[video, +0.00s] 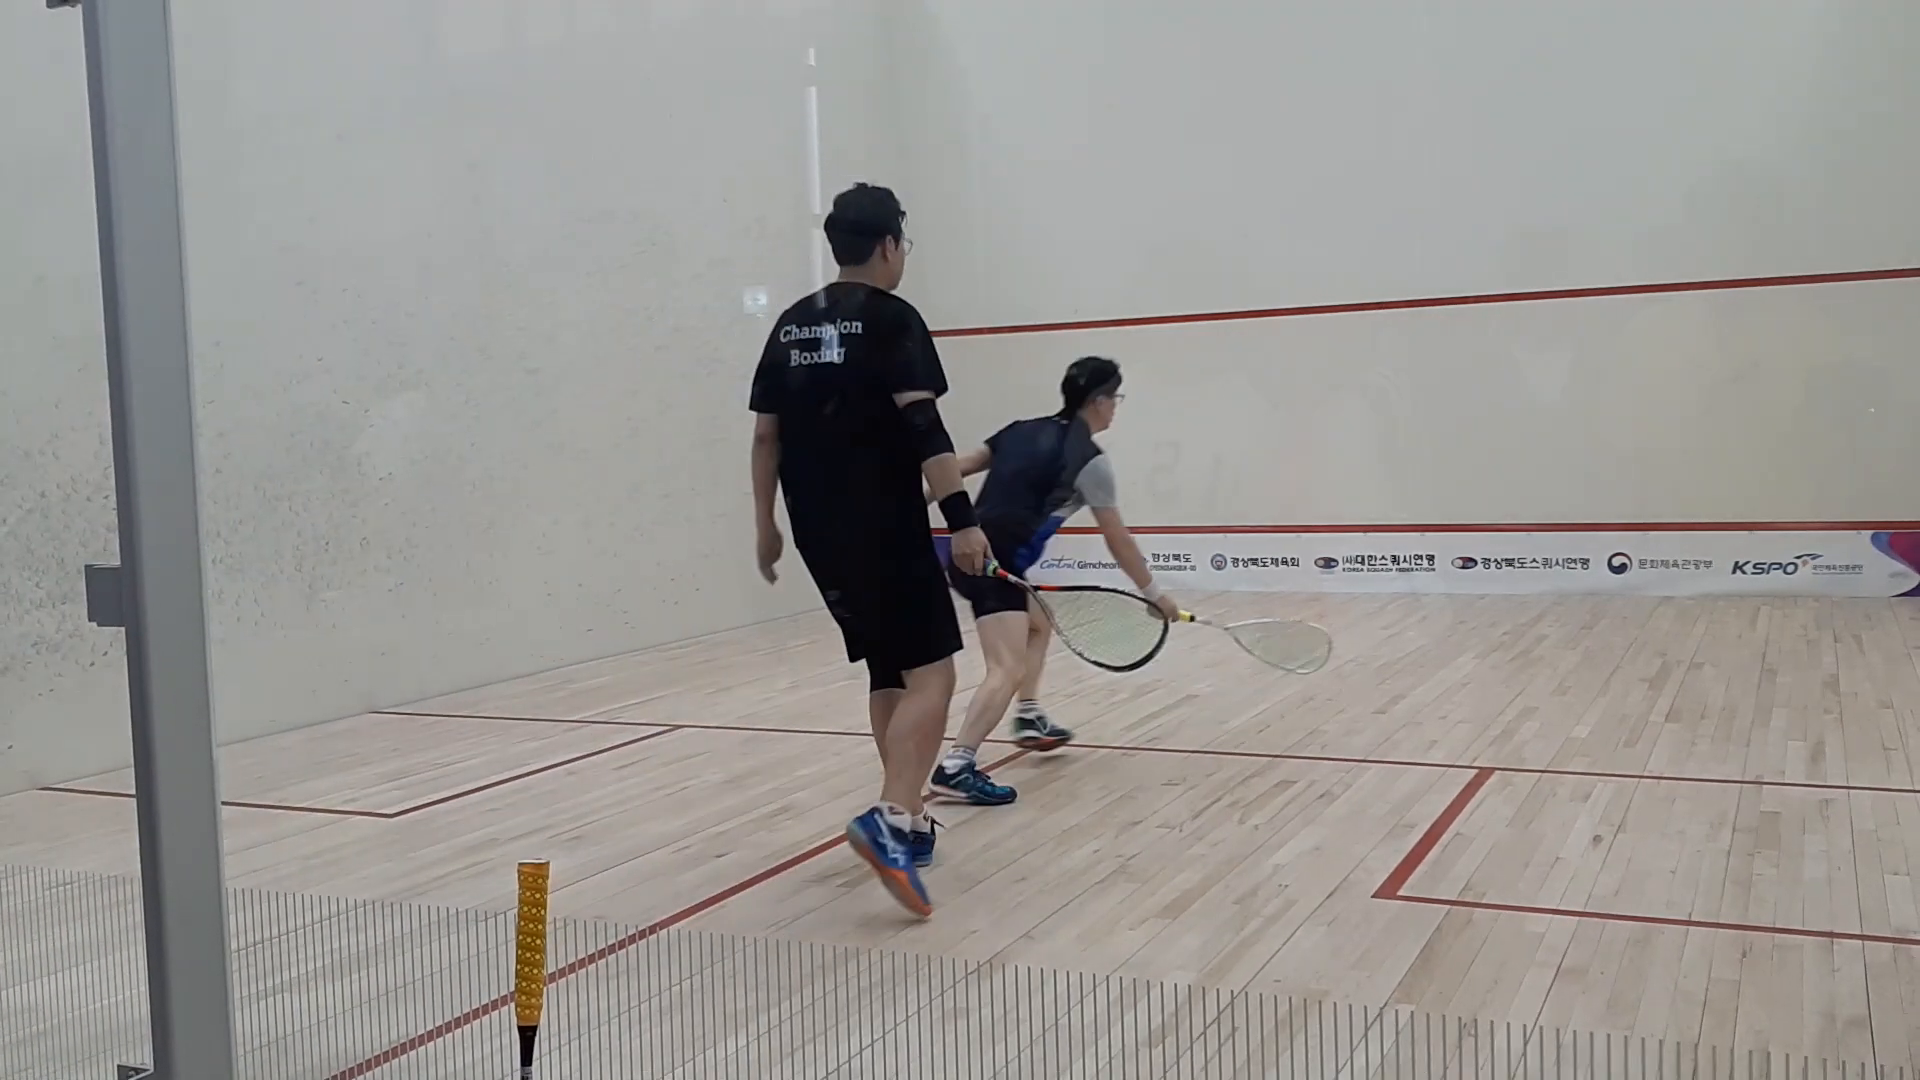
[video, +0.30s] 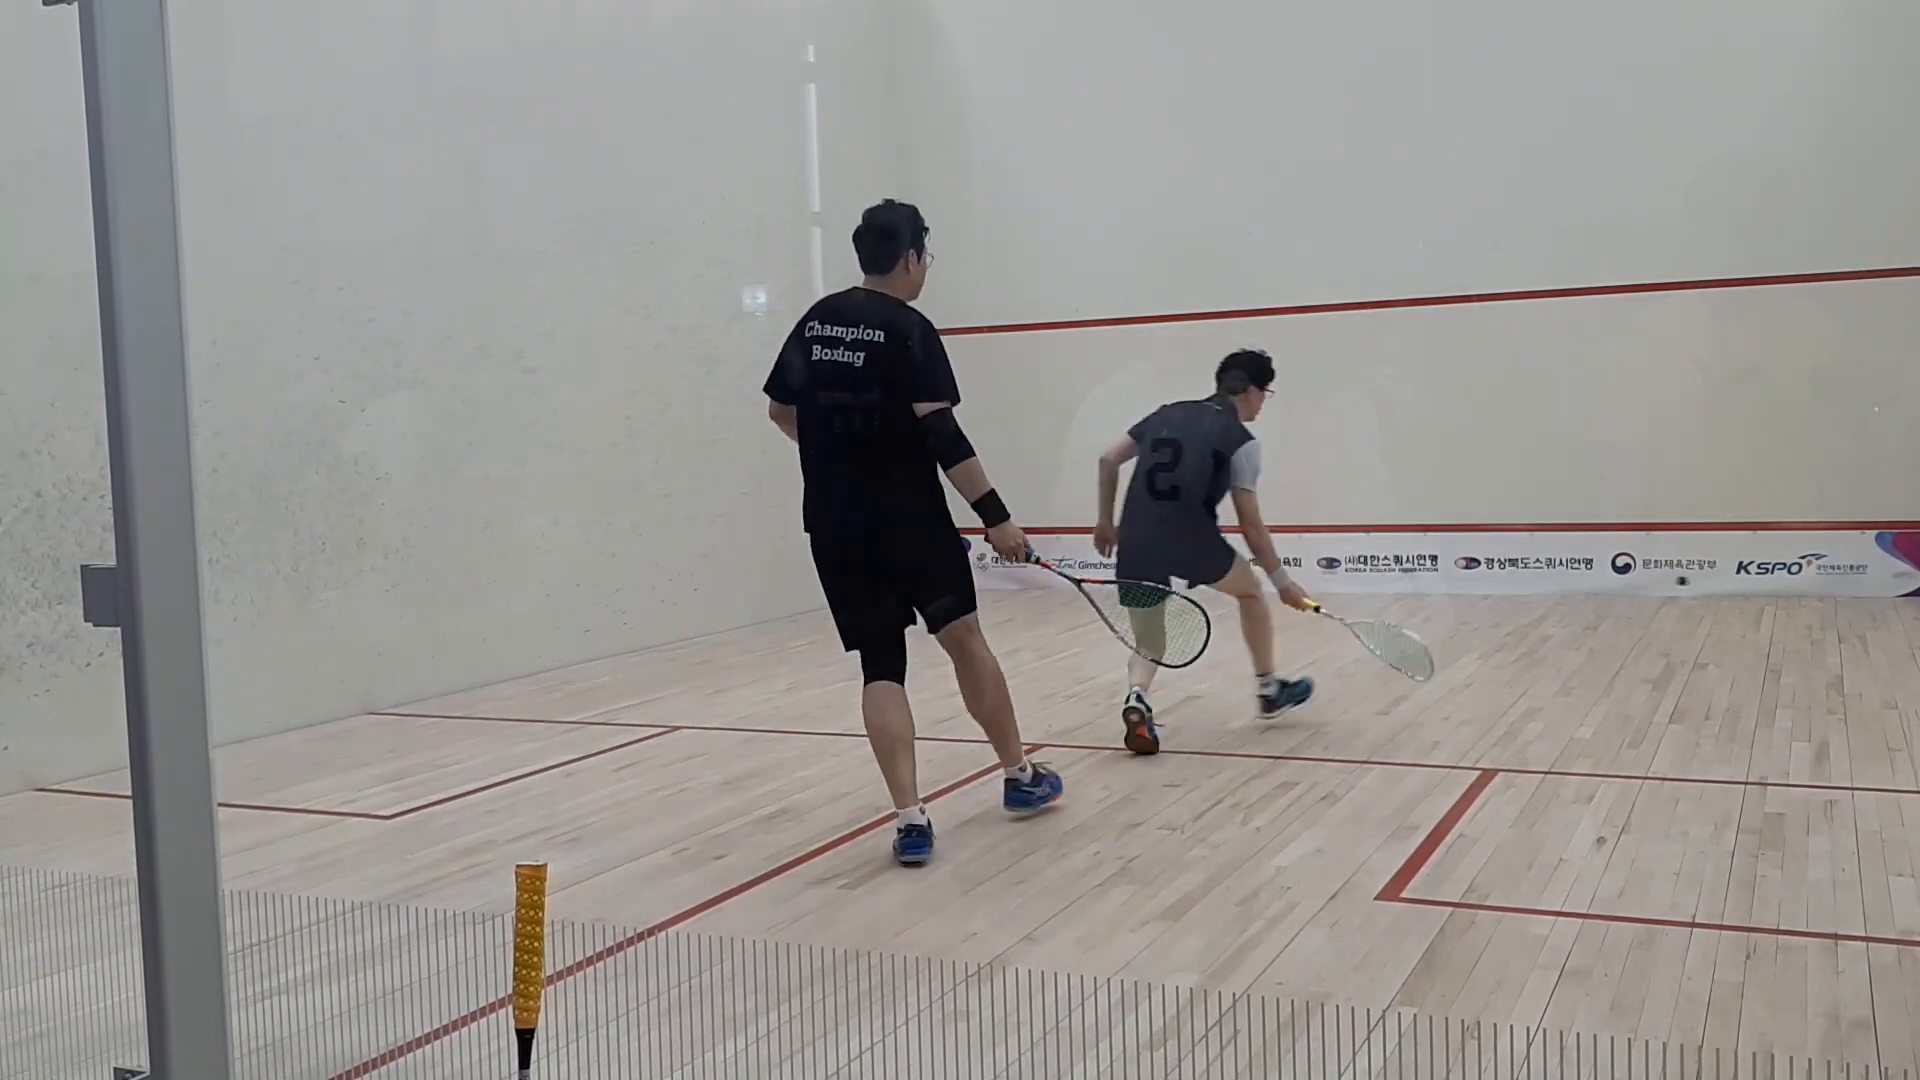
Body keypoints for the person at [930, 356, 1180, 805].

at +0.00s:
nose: (1115, 408)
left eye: (1116, 398)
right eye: (1113, 398)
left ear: (1071, 397)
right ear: (1094, 401)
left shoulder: (1022, 431)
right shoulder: (1090, 460)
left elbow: (958, 467)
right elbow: (1117, 539)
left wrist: (908, 491)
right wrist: (1153, 592)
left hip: (968, 551)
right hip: (997, 562)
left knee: (1039, 623)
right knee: (1008, 669)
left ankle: (1027, 714)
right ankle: (956, 765)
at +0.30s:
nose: (1265, 400)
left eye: (1266, 393)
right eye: (1263, 392)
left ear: (1221, 387)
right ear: (1247, 391)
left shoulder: (1168, 415)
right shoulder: (1241, 441)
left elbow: (1109, 460)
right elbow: (1250, 525)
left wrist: (1105, 522)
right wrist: (1283, 582)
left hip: (1136, 543)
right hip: (1189, 542)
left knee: (1148, 642)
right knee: (1250, 592)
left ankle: (1135, 698)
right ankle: (1270, 686)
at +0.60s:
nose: (1358, 438)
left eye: (1359, 430)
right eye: (1359, 430)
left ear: (1318, 422)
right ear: (1352, 431)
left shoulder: (1270, 448)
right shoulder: (1349, 477)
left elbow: (1215, 483)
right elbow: (1382, 540)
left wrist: (1199, 538)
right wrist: (1405, 573)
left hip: (1248, 567)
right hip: (1300, 570)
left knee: (1260, 647)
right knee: (1349, 588)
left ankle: (1242, 669)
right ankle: (1343, 681)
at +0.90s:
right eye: (1338, 379)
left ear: (1296, 376)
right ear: (1336, 385)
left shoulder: (1260, 419)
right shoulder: (1344, 436)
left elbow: (1215, 472)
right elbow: (1360, 511)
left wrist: (1210, 529)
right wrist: (1382, 559)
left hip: (1255, 539)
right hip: (1310, 540)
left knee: (1260, 619)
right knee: (1344, 594)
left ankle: (1241, 662)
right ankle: (1343, 681)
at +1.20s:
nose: (1214, 332)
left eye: (1217, 328)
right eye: (1218, 326)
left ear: (1219, 340)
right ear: (1259, 347)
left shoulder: (1184, 392)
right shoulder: (1272, 401)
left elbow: (1154, 460)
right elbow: (1288, 475)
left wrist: (1150, 514)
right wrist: (1307, 533)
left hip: (1197, 522)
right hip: (1253, 520)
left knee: (1216, 610)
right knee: (1295, 594)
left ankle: (1207, 695)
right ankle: (1306, 685)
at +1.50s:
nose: (1143, 310)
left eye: (1149, 307)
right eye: (1148, 303)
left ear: (1160, 321)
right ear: (1189, 325)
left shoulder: (1131, 375)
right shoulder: (1214, 376)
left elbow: (1117, 451)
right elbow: (1234, 444)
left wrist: (1100, 509)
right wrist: (1247, 495)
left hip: (1143, 512)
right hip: (1196, 513)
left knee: (1154, 605)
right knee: (1193, 621)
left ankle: (1165, 699)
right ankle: (1185, 708)